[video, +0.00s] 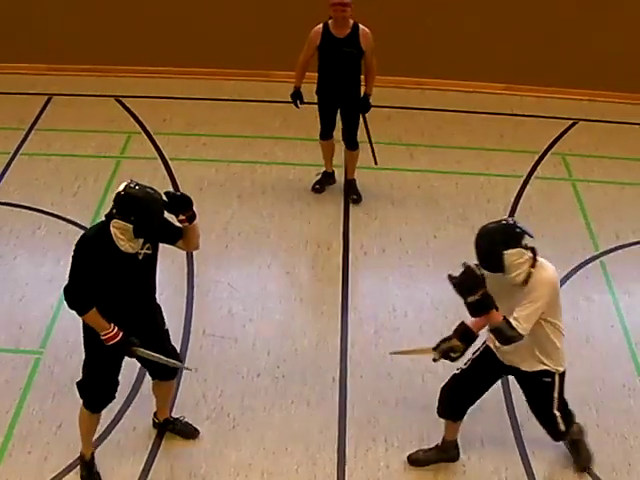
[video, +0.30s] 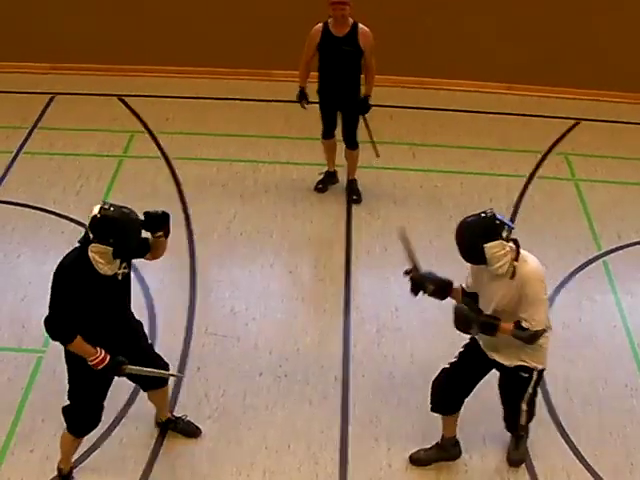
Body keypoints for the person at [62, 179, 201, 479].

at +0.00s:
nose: (149, 233)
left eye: (151, 227)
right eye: (145, 227)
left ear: (151, 220)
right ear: (128, 222)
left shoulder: (150, 226)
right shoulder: (91, 244)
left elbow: (190, 243)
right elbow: (76, 297)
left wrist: (188, 218)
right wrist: (110, 333)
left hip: (145, 314)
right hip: (104, 325)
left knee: (167, 366)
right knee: (97, 393)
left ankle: (163, 419)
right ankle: (86, 456)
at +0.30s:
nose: (129, 251)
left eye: (131, 245)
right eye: (125, 246)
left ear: (123, 241)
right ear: (107, 242)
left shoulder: (120, 249)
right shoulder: (71, 270)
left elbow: (154, 253)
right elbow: (56, 326)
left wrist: (159, 233)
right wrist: (98, 357)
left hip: (124, 333)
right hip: (87, 349)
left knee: (156, 374)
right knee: (83, 418)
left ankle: (164, 417)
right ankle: (64, 469)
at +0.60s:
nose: (125, 259)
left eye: (125, 256)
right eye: (121, 256)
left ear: (118, 251)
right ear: (108, 255)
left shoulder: (110, 258)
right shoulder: (67, 284)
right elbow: (55, 346)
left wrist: (139, 245)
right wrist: (94, 372)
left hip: (117, 341)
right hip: (83, 358)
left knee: (154, 388)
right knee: (87, 422)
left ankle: (150, 452)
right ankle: (82, 467)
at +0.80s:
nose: (136, 258)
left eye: (139, 252)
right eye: (133, 252)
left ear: (141, 244)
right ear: (120, 244)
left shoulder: (139, 243)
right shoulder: (89, 272)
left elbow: (174, 238)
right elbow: (78, 336)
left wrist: (174, 221)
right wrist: (116, 364)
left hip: (137, 332)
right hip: (103, 346)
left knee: (167, 387)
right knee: (110, 421)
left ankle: (155, 449)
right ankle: (99, 453)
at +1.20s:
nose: (144, 230)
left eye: (144, 225)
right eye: (140, 226)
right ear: (126, 226)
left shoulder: (126, 229)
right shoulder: (85, 256)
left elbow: (155, 215)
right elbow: (73, 322)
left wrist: (162, 205)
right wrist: (112, 347)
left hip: (131, 316)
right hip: (97, 336)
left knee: (172, 361)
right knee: (96, 407)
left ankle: (173, 417)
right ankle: (71, 450)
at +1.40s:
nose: (130, 217)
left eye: (130, 213)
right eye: (126, 213)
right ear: (110, 210)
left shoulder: (110, 206)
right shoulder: (72, 237)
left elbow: (135, 222)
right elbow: (72, 305)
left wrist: (154, 204)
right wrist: (119, 324)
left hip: (115, 287)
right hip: (83, 304)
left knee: (149, 333)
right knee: (96, 374)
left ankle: (181, 382)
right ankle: (80, 420)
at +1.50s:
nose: (123, 212)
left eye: (124, 208)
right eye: (120, 208)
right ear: (102, 206)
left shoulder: (94, 205)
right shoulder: (67, 237)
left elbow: (117, 223)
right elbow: (74, 305)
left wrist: (145, 214)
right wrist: (124, 316)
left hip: (100, 282)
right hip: (70, 301)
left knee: (139, 324)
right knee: (95, 370)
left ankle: (159, 375)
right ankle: (86, 414)